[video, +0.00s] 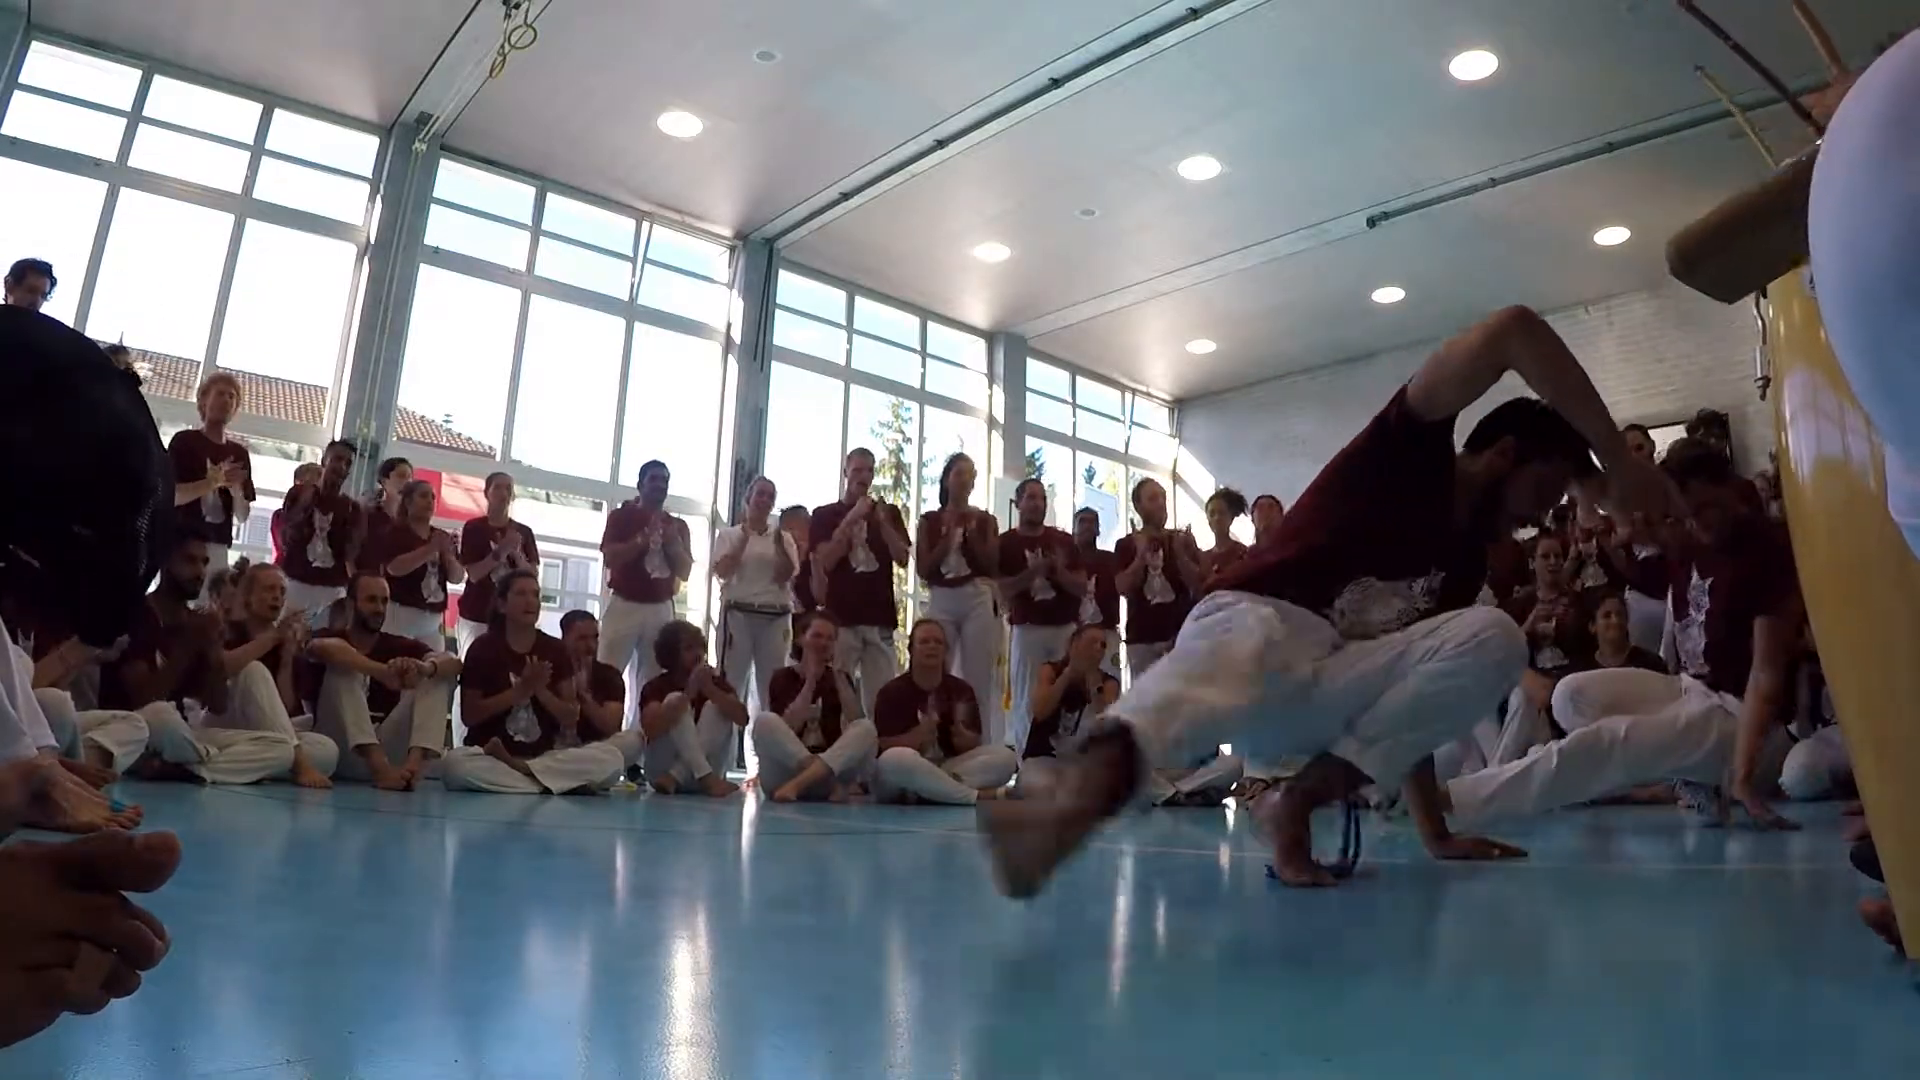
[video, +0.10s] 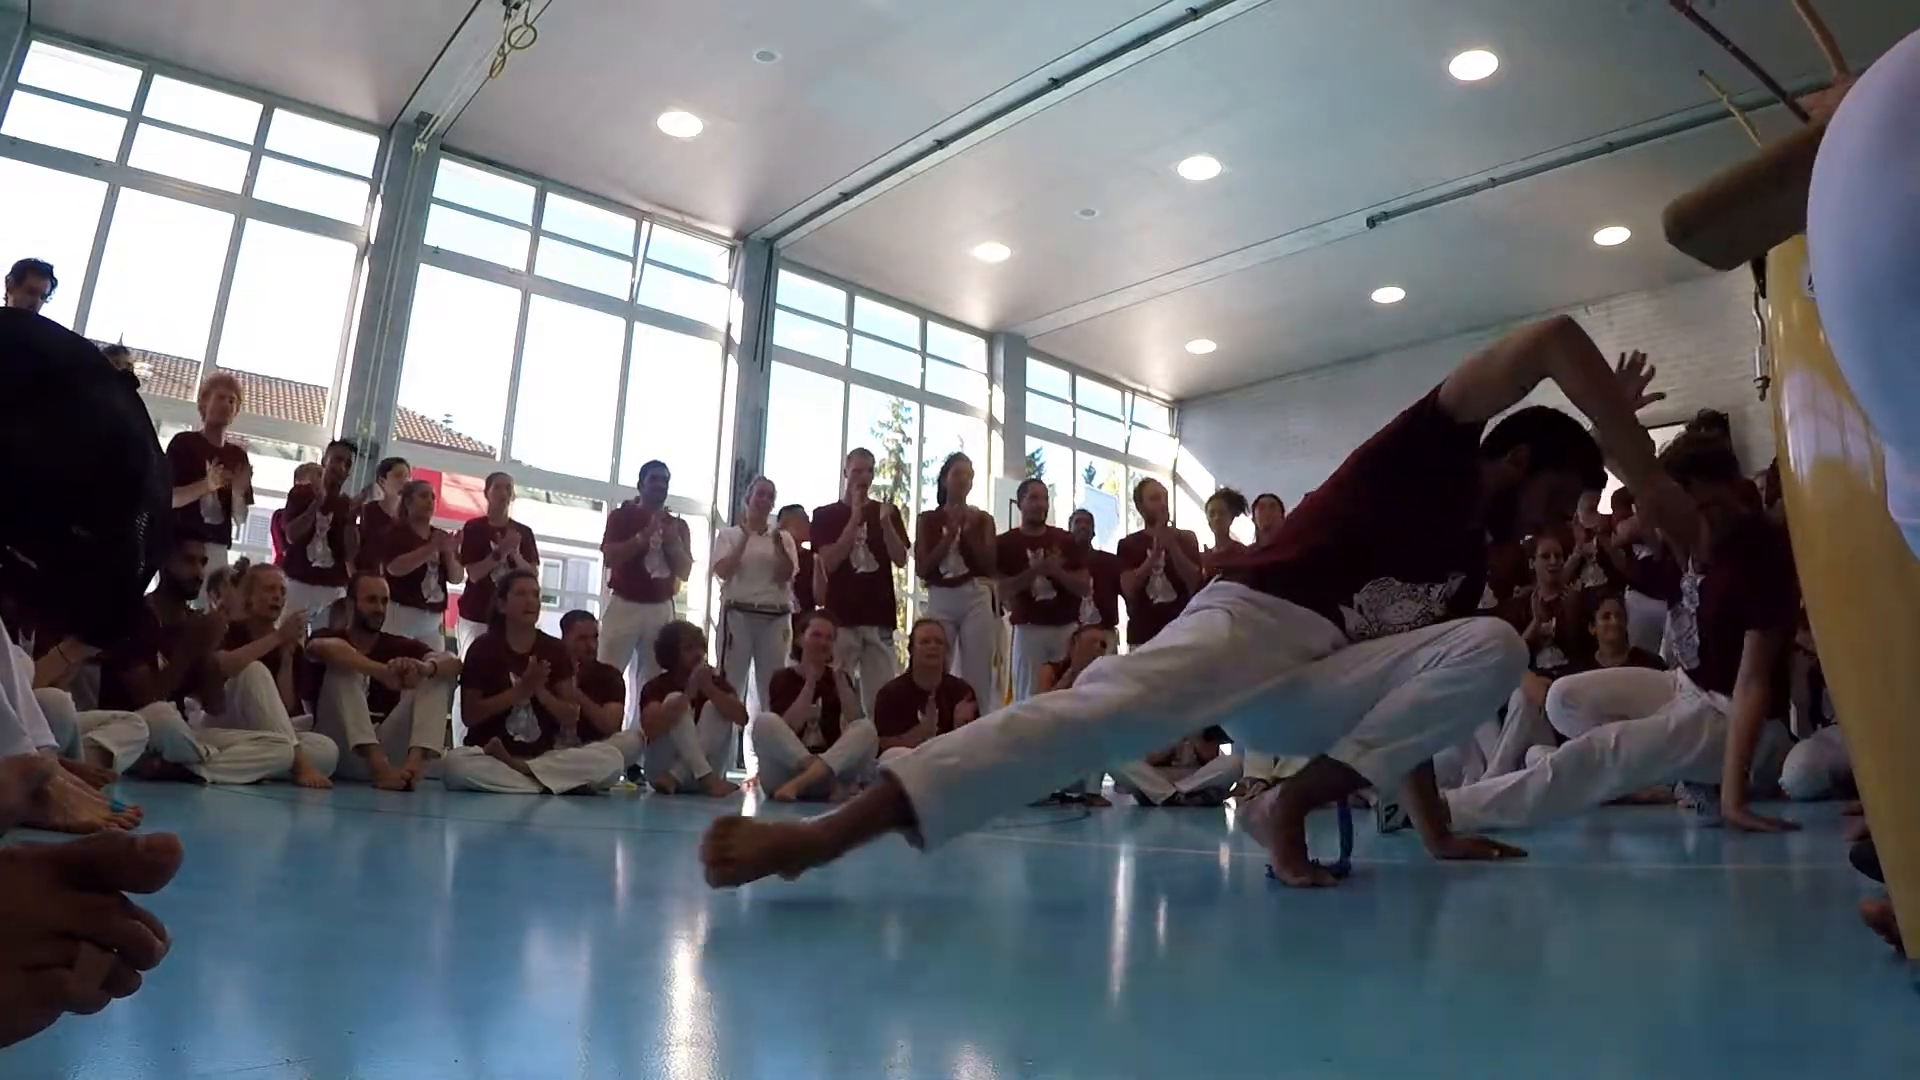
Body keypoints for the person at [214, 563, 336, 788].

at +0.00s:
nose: (278, 597)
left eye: (282, 591)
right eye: (269, 589)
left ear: (285, 598)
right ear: (247, 595)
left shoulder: (285, 642)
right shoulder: (227, 631)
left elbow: (287, 708)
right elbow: (222, 667)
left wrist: (288, 655)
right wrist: (274, 637)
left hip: (269, 729)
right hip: (224, 724)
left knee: (327, 751)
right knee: (254, 671)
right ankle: (298, 762)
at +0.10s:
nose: (198, 571)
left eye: (203, 563)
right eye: (188, 561)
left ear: (207, 567)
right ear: (164, 561)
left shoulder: (198, 622)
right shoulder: (136, 613)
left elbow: (213, 704)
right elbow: (144, 696)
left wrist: (207, 648)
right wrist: (192, 645)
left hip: (179, 733)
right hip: (132, 730)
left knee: (284, 748)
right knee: (162, 714)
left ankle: (184, 770)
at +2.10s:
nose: (187, 579)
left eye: (192, 567)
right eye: (174, 569)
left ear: (197, 567)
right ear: (153, 570)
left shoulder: (194, 621)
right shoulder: (128, 615)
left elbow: (205, 707)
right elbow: (139, 702)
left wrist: (201, 647)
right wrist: (183, 647)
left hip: (180, 734)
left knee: (283, 751)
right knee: (162, 716)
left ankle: (181, 771)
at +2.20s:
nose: (188, 579)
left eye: (192, 567)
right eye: (175, 569)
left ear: (198, 567)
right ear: (153, 570)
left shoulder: (197, 623)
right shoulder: (129, 616)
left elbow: (209, 706)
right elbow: (138, 702)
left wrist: (199, 653)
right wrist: (182, 648)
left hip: (181, 732)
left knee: (284, 751)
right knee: (161, 716)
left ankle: (189, 773)